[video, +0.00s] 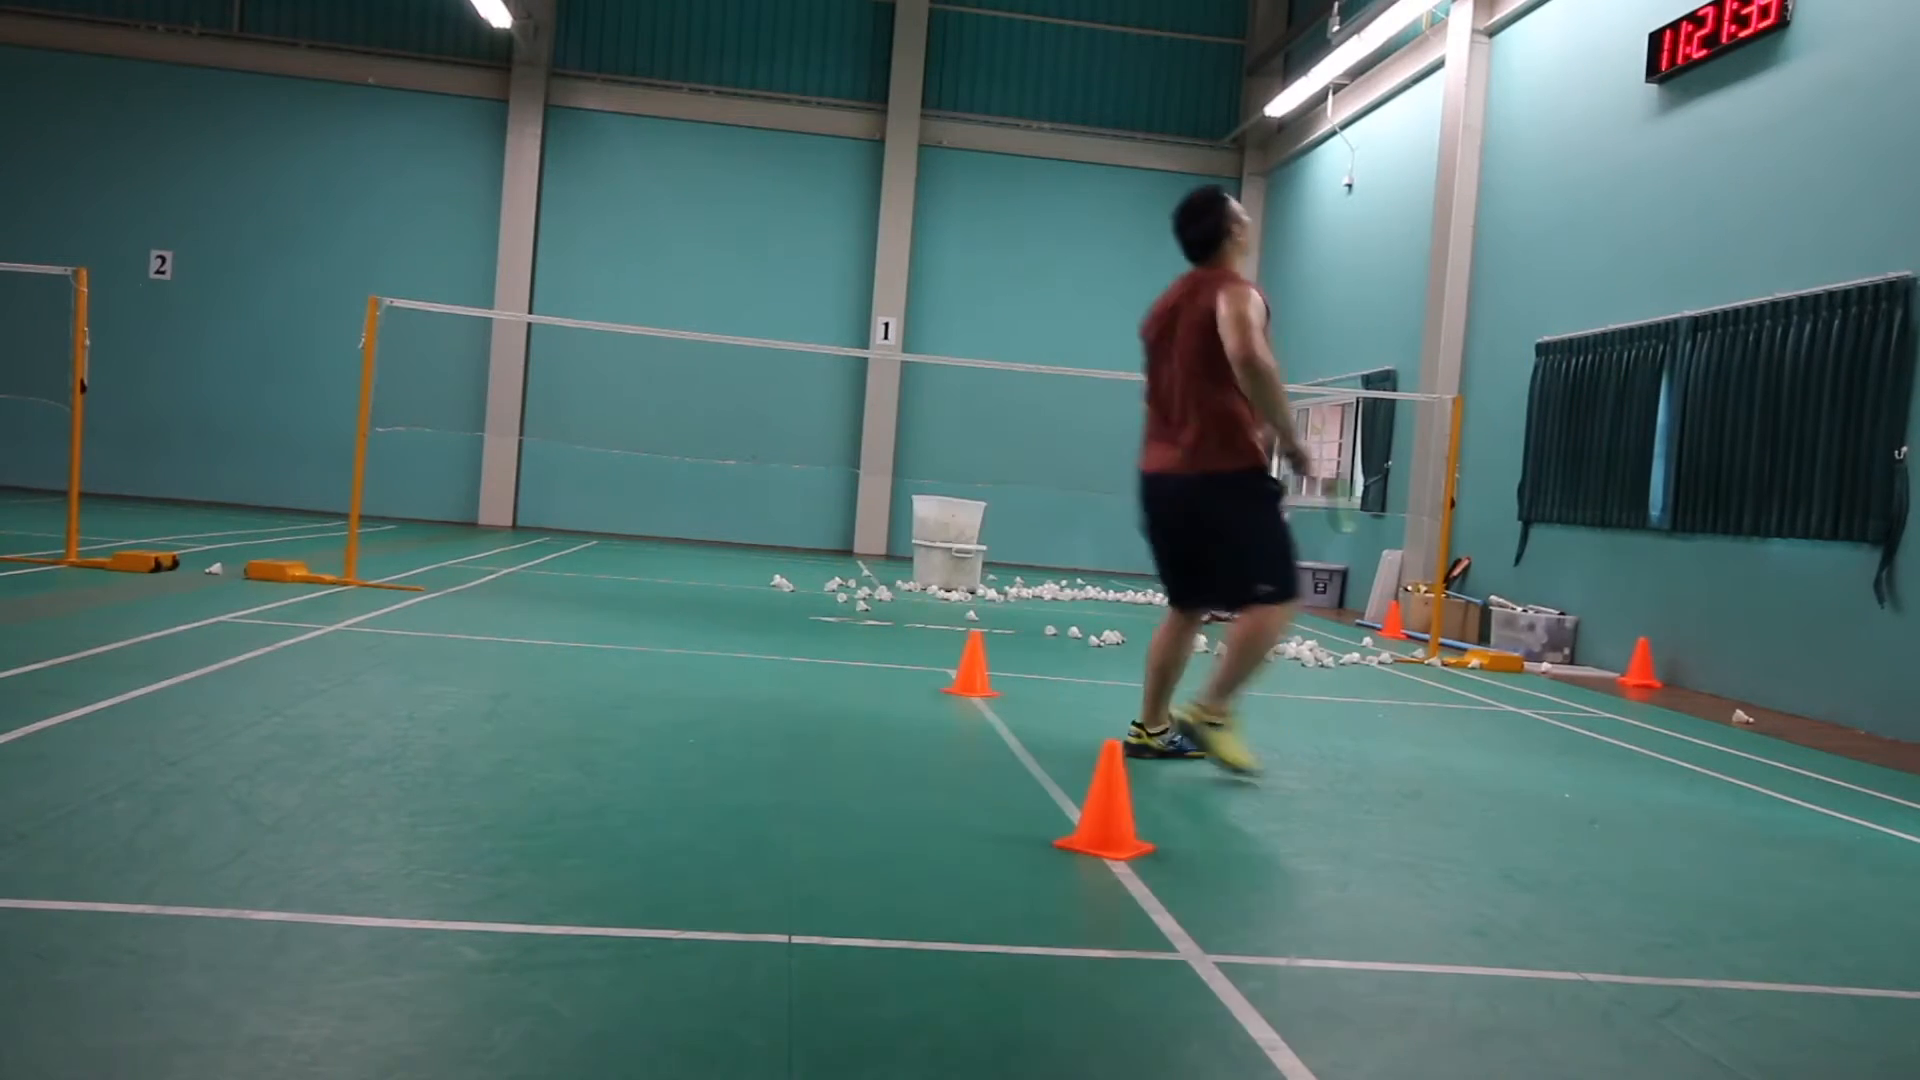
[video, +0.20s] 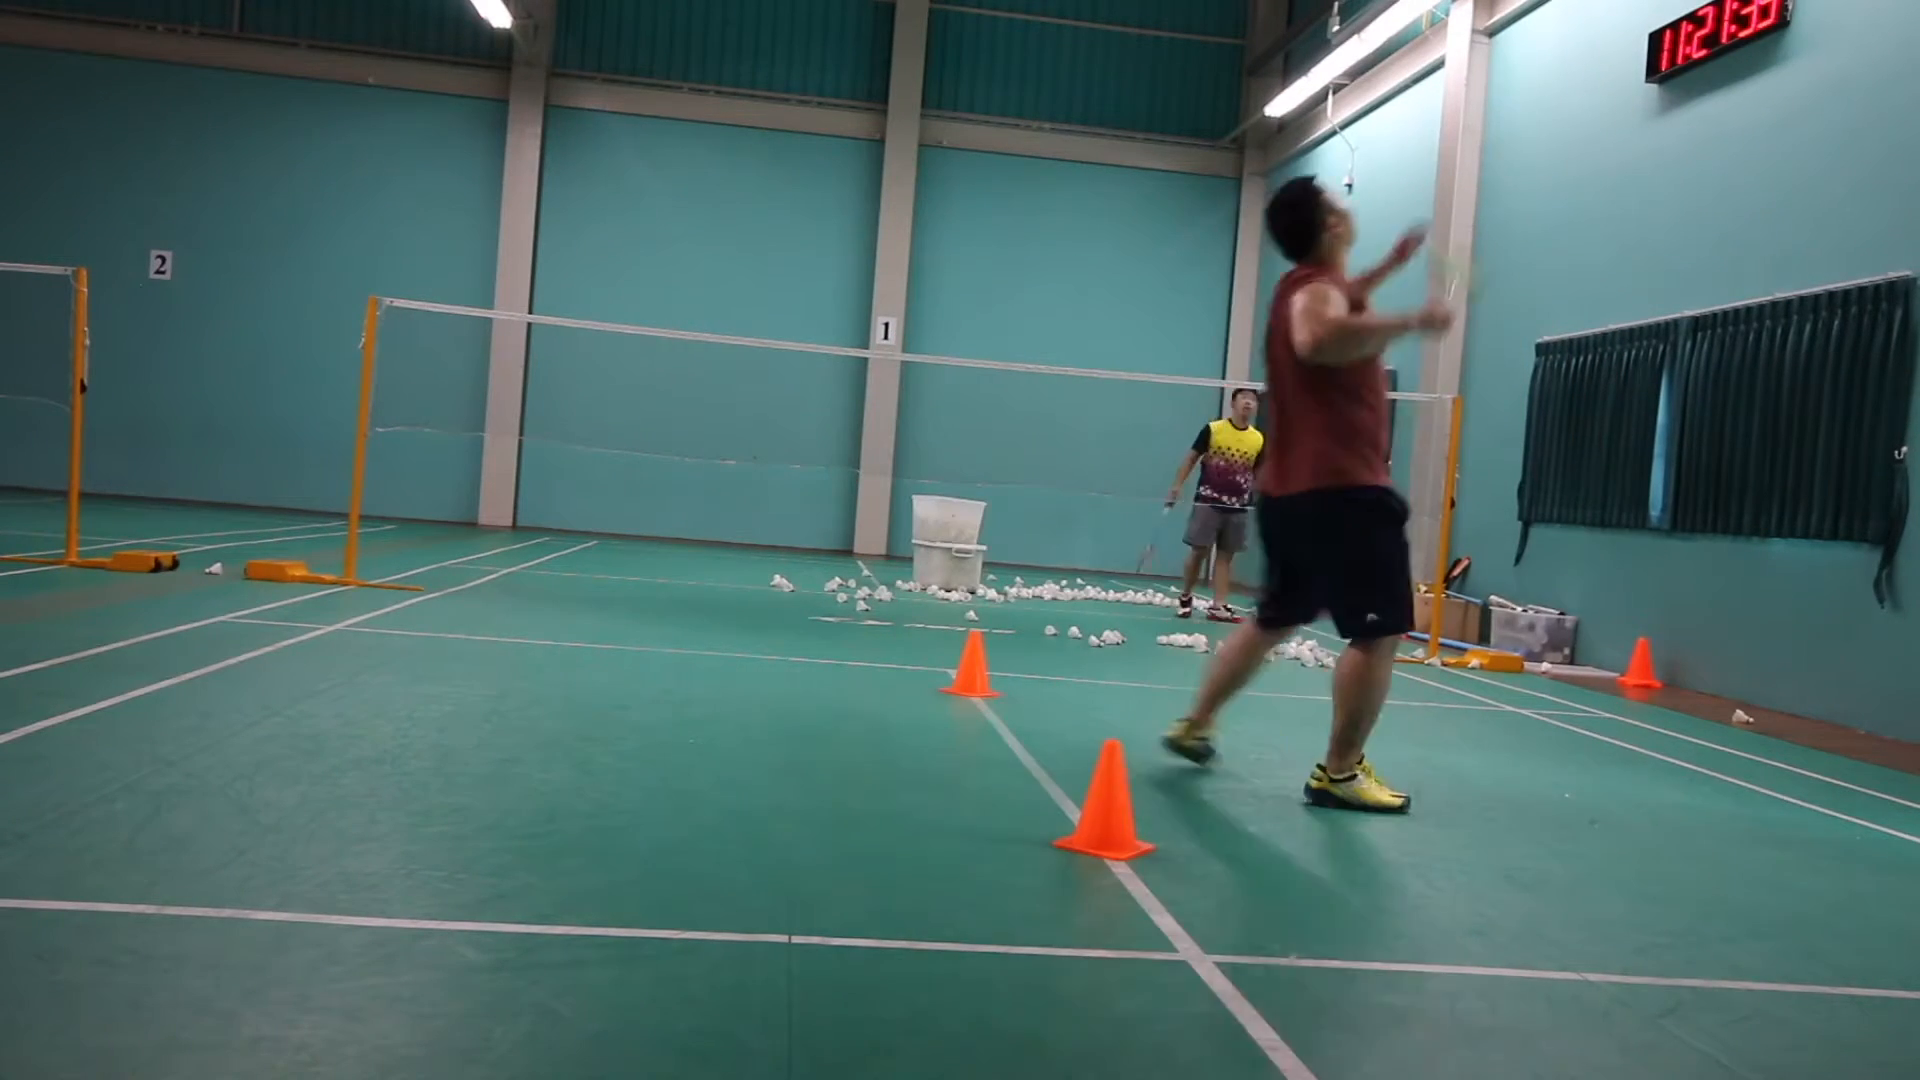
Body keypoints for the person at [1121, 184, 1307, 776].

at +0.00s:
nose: (1251, 224)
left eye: (1245, 214)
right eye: (1243, 217)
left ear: (1193, 241)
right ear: (1230, 231)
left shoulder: (1165, 303)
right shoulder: (1238, 292)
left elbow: (1164, 395)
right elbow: (1247, 357)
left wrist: (1235, 433)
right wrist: (1291, 437)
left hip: (1165, 479)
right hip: (1228, 478)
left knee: (1186, 603)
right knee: (1273, 599)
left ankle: (1151, 726)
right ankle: (1211, 710)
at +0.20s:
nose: (1348, 213)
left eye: (1341, 204)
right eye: (1339, 208)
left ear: (1298, 239)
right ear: (1327, 229)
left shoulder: (1297, 288)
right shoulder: (1322, 287)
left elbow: (1342, 306)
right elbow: (1317, 337)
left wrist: (1390, 266)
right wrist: (1414, 322)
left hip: (1288, 493)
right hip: (1347, 492)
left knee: (1278, 612)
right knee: (1378, 629)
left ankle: (1195, 724)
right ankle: (1341, 770)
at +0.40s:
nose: (1444, 195)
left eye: (1437, 189)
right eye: (1433, 191)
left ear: (1394, 227)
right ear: (1417, 220)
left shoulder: (1415, 273)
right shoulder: (1397, 291)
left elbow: (1428, 212)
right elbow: (1369, 363)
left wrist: (1449, 140)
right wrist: (1443, 279)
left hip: (1377, 503)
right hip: (1435, 504)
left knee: (1379, 640)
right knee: (1519, 632)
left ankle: (1284, 753)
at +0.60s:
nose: (1544, 197)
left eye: (1536, 187)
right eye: (1531, 191)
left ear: (1476, 229)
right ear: (1524, 220)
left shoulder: (1466, 287)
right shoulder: (1527, 294)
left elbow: (1429, 264)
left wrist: (1401, 233)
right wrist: (1538, 210)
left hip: (1501, 517)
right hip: (1586, 520)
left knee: (1449, 653)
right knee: (1609, 673)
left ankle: (1357, 776)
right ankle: (1573, 836)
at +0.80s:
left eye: (1499, 239)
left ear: (1494, 245)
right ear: (1569, 238)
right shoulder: (1626, 286)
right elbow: (1688, 272)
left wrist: (1380, 522)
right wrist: (1721, 248)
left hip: (1534, 532)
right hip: (1641, 524)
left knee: (1468, 665)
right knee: (1661, 686)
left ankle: (1411, 799)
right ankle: (1674, 861)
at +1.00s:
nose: (1427, 276)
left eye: (1427, 266)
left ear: (1428, 268)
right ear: (1493, 269)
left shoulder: (1410, 332)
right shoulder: (1542, 340)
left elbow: (1380, 399)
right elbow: (1564, 445)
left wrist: (1358, 508)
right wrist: (1543, 513)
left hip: (1447, 527)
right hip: (1545, 528)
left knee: (1396, 652)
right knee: (1591, 671)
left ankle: (1429, 802)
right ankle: (1662, 816)